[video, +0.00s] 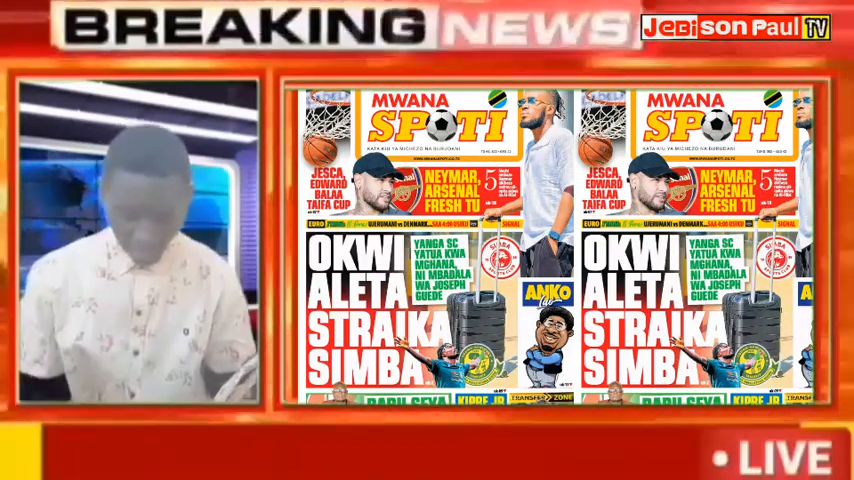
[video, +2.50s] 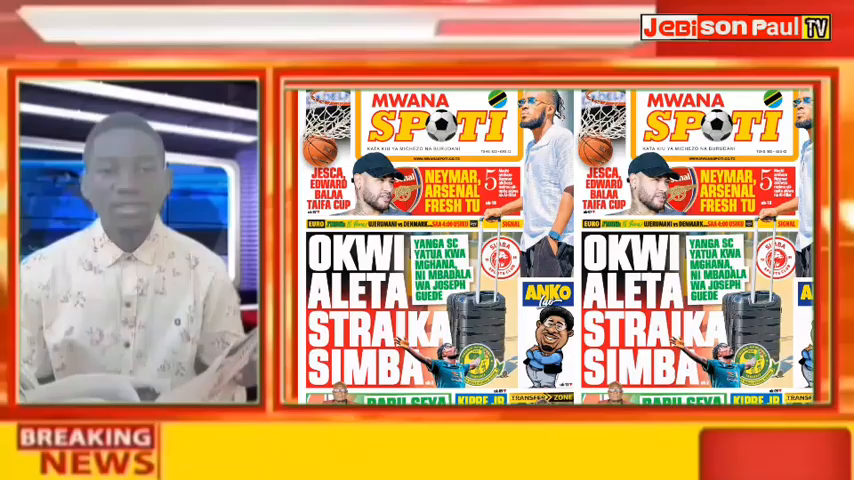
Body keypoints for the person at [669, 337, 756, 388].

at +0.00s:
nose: (729, 348)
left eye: (729, 347)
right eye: (725, 347)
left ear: (731, 351)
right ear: (718, 353)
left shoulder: (737, 366)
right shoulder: (714, 364)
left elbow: (750, 365)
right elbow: (698, 359)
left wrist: (754, 359)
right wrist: (684, 348)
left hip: (737, 401)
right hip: (720, 401)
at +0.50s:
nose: (729, 348)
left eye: (729, 347)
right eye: (725, 347)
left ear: (731, 351)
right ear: (718, 353)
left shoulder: (737, 366)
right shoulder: (714, 364)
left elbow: (750, 365)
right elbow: (698, 359)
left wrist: (754, 359)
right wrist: (684, 348)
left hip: (737, 401)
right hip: (720, 401)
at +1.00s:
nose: (729, 348)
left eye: (729, 346)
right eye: (725, 347)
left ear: (731, 351)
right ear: (719, 353)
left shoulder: (737, 366)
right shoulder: (714, 364)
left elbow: (749, 365)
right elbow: (698, 359)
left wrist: (754, 359)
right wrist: (684, 348)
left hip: (736, 401)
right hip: (720, 402)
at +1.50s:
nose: (729, 348)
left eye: (729, 347)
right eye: (725, 347)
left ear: (731, 351)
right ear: (718, 353)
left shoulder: (737, 366)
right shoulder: (714, 364)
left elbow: (750, 365)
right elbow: (698, 359)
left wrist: (754, 359)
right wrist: (684, 348)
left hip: (737, 401)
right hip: (720, 402)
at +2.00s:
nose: (729, 348)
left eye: (729, 347)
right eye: (725, 347)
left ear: (731, 351)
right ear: (718, 353)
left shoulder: (737, 366)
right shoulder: (714, 364)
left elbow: (750, 365)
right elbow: (698, 359)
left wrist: (754, 359)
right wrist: (684, 348)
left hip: (737, 401)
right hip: (720, 402)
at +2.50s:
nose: (729, 348)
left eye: (729, 347)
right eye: (724, 347)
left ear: (731, 351)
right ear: (718, 353)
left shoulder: (737, 366)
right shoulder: (714, 364)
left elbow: (749, 365)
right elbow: (698, 359)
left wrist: (754, 359)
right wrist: (684, 348)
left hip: (736, 401)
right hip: (720, 401)